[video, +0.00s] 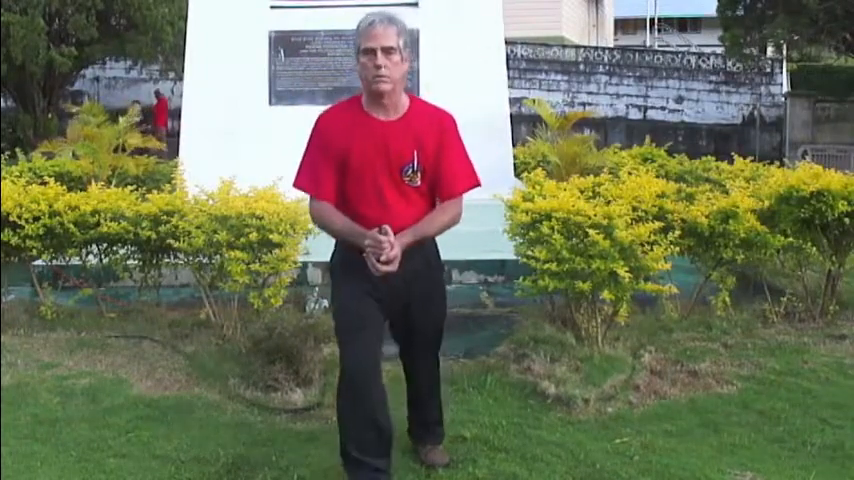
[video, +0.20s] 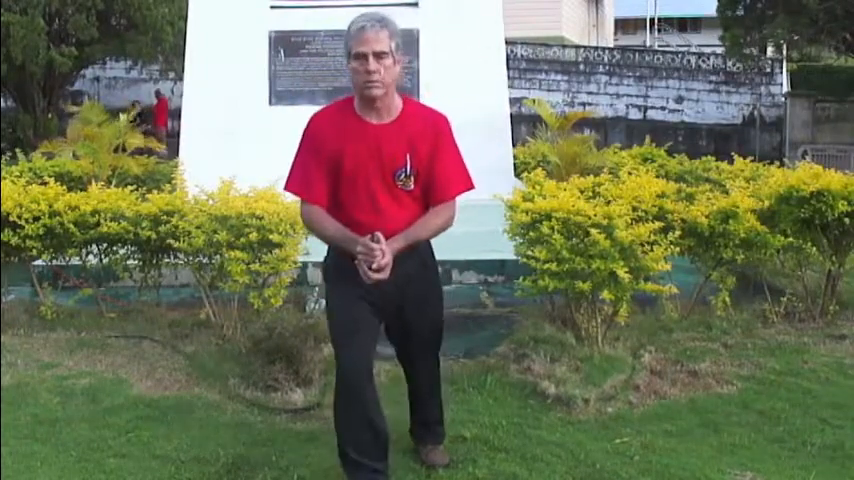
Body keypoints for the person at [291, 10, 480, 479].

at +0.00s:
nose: (378, 62)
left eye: (389, 53)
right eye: (368, 53)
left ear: (407, 62)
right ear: (357, 62)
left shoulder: (437, 123)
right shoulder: (333, 123)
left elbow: (452, 207)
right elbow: (320, 207)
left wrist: (404, 240)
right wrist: (364, 238)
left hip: (419, 261)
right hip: (355, 263)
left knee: (424, 357)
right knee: (358, 366)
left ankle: (429, 438)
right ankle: (367, 469)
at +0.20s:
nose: (370, 66)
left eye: (381, 56)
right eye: (360, 57)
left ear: (399, 63)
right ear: (348, 64)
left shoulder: (430, 124)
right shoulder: (324, 125)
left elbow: (445, 210)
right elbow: (310, 210)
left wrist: (393, 246)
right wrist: (355, 244)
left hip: (413, 264)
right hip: (347, 268)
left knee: (423, 360)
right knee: (352, 370)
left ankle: (429, 440)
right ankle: (364, 471)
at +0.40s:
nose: (368, 66)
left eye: (379, 56)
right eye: (358, 57)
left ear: (396, 62)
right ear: (346, 64)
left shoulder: (428, 124)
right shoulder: (324, 125)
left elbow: (444, 210)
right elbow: (310, 210)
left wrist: (391, 244)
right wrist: (350, 240)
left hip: (411, 263)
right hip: (345, 267)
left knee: (423, 360)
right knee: (351, 373)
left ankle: (429, 440)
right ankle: (364, 471)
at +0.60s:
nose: (377, 65)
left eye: (387, 55)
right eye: (367, 56)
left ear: (403, 62)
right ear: (355, 63)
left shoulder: (434, 124)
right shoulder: (332, 124)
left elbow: (454, 206)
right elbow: (310, 205)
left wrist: (414, 221)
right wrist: (339, 222)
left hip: (415, 263)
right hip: (353, 264)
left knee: (424, 361)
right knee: (352, 373)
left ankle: (426, 438)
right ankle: (365, 471)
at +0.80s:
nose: (396, 64)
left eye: (406, 55)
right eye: (386, 56)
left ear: (422, 61)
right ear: (375, 62)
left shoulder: (449, 123)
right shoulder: (348, 121)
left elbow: (487, 186)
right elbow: (306, 189)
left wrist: (470, 154)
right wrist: (322, 174)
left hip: (427, 261)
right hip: (366, 262)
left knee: (439, 357)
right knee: (361, 367)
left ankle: (426, 438)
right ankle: (366, 471)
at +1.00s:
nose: (407, 48)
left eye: (417, 40)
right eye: (397, 39)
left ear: (432, 47)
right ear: (385, 47)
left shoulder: (458, 106)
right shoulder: (360, 106)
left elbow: (508, 150)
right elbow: (307, 152)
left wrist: (497, 94)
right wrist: (319, 118)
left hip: (435, 244)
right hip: (375, 244)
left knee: (442, 350)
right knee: (363, 351)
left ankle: (427, 438)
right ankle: (350, 465)